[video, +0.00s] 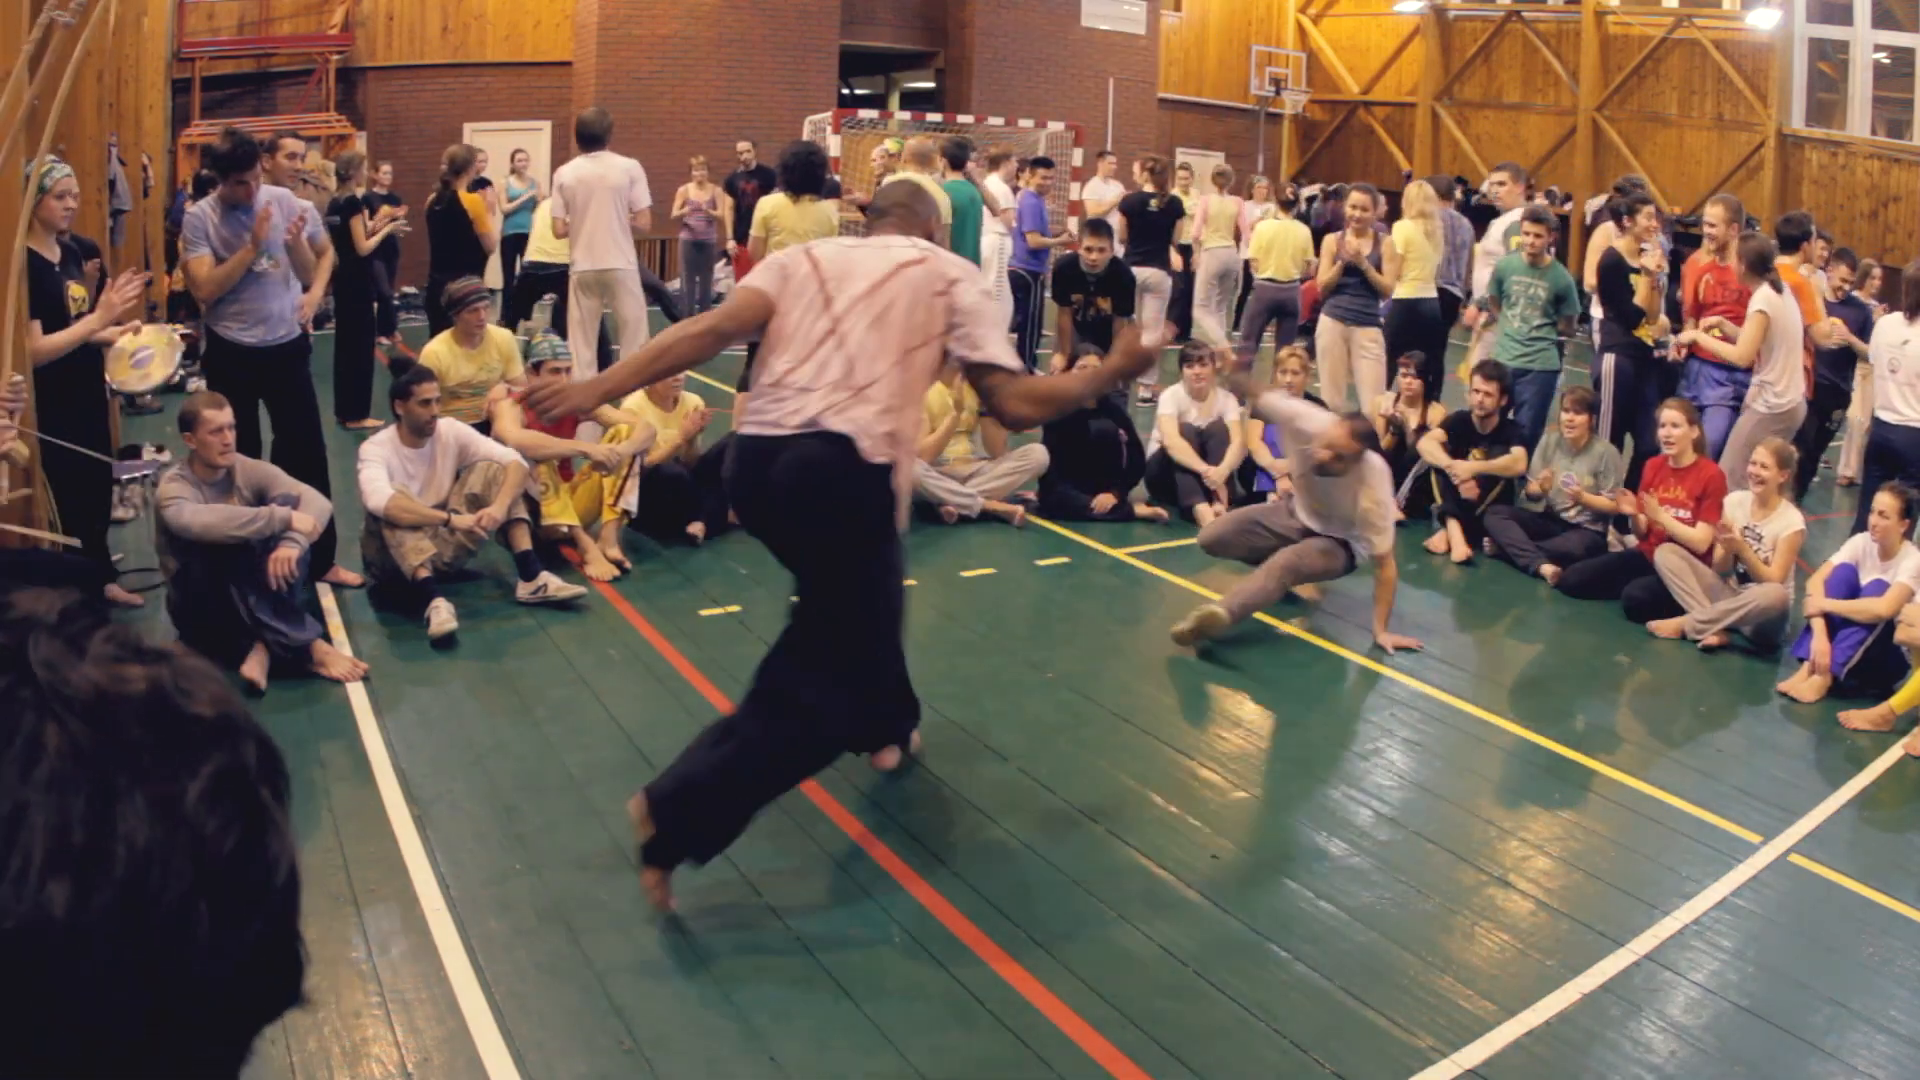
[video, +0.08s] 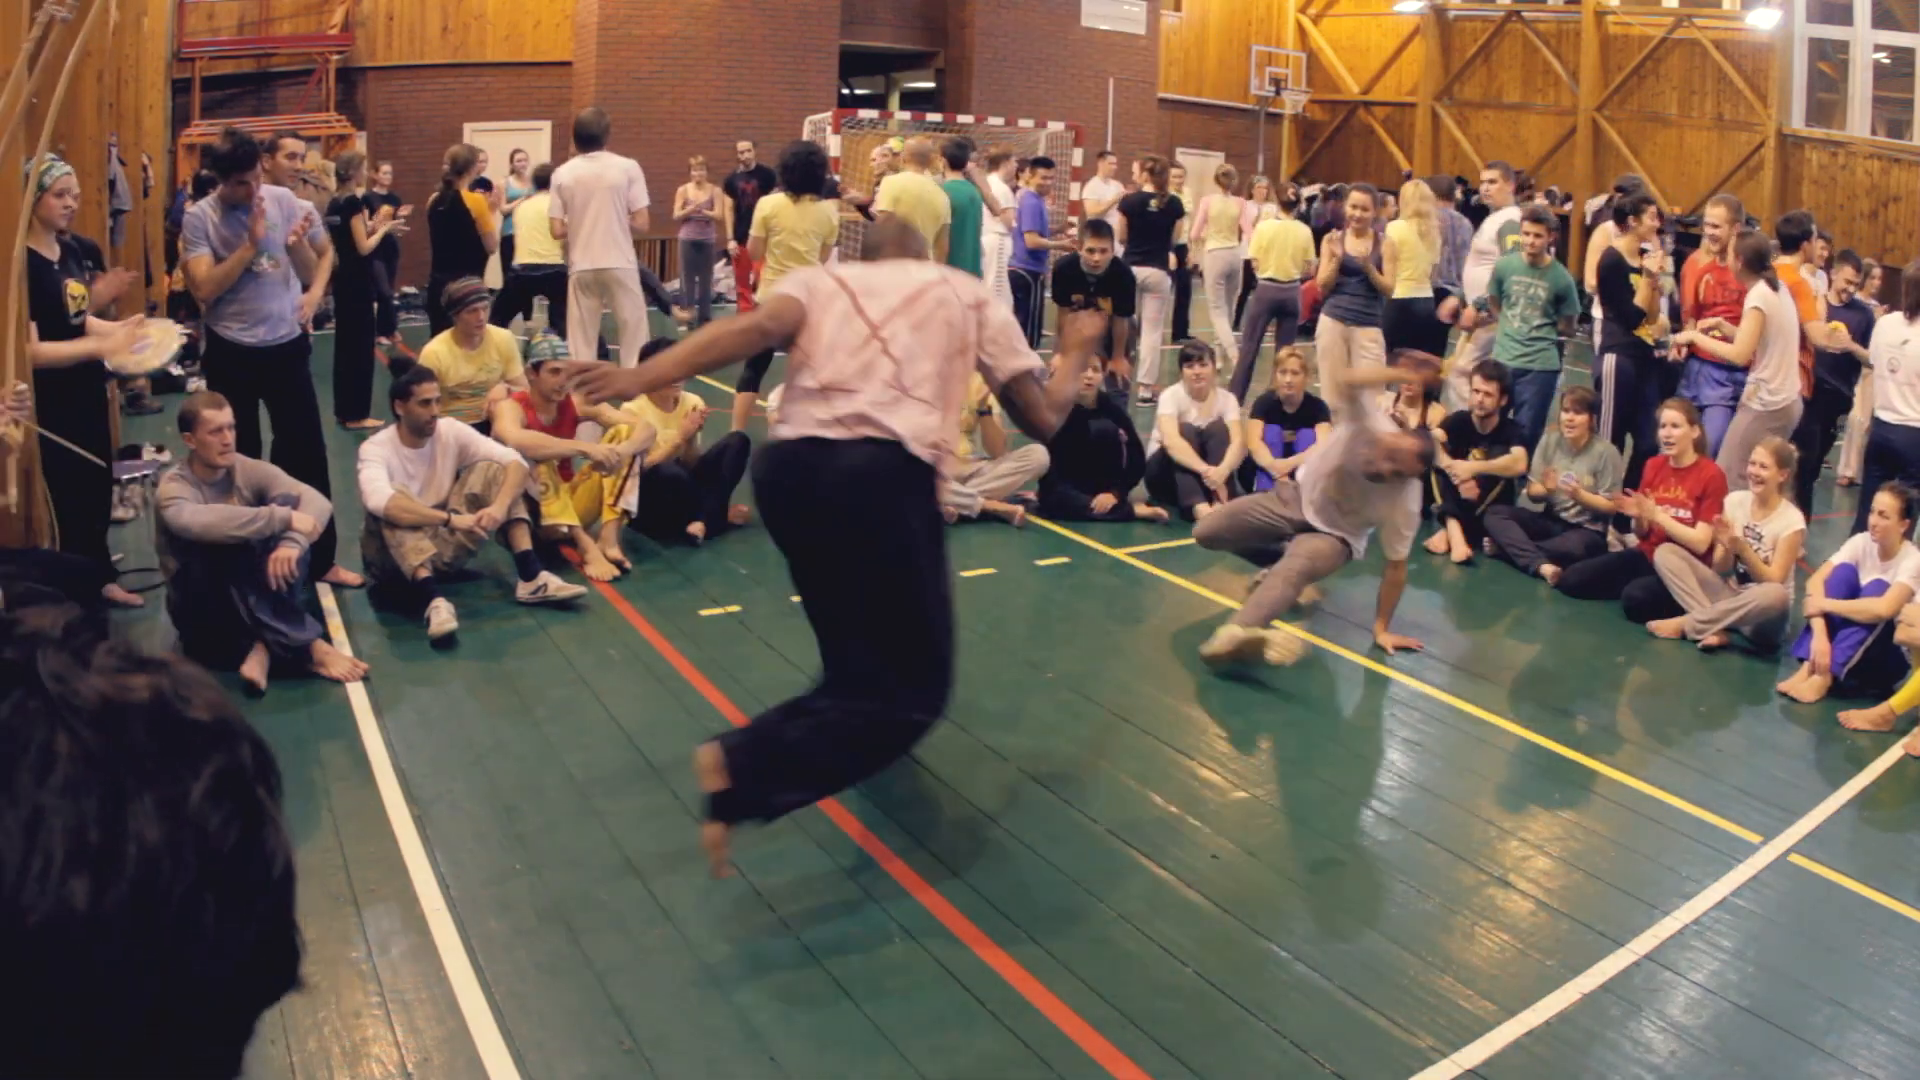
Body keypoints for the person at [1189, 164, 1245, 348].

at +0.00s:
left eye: (1215, 179)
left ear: (1212, 180)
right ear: (1231, 181)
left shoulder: (1205, 201)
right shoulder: (1238, 203)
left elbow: (1196, 233)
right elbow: (1245, 232)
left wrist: (1196, 251)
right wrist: (1245, 252)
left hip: (1211, 250)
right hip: (1231, 250)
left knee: (1201, 306)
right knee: (1223, 304)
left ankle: (1223, 347)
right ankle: (1219, 347)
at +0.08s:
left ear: (1216, 181)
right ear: (1234, 182)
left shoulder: (1207, 201)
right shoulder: (1241, 203)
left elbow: (1194, 233)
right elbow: (1247, 229)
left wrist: (1205, 236)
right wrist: (1251, 249)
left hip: (1214, 251)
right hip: (1235, 251)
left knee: (1216, 308)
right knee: (1229, 305)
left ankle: (1233, 354)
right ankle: (1219, 352)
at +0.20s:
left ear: (1219, 180)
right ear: (1238, 182)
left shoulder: (1210, 201)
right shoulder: (1243, 203)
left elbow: (1197, 233)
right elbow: (1248, 229)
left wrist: (1210, 235)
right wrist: (1249, 247)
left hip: (1219, 250)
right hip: (1240, 249)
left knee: (1227, 310)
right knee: (1238, 308)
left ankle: (1235, 357)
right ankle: (1234, 355)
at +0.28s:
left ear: (1223, 181)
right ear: (1241, 182)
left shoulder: (1212, 201)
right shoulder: (1246, 203)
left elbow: (1198, 234)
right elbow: (1250, 231)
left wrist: (1208, 239)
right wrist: (1252, 248)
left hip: (1221, 252)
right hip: (1242, 251)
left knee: (1228, 309)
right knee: (1246, 304)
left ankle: (1237, 355)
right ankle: (1247, 350)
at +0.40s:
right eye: (1246, 180)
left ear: (1225, 181)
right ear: (1244, 182)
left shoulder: (1216, 202)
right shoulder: (1249, 204)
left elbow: (1202, 234)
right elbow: (1251, 233)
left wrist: (1201, 249)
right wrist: (1253, 251)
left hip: (1221, 252)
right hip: (1243, 252)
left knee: (1227, 311)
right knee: (1249, 308)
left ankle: (1237, 356)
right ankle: (1250, 354)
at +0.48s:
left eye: (1225, 181)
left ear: (1226, 181)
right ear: (1245, 182)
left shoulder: (1217, 202)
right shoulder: (1250, 205)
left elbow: (1205, 234)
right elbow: (1253, 233)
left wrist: (1199, 252)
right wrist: (1254, 252)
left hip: (1222, 253)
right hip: (1244, 252)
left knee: (1227, 310)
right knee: (1250, 311)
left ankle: (1237, 356)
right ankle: (1256, 363)